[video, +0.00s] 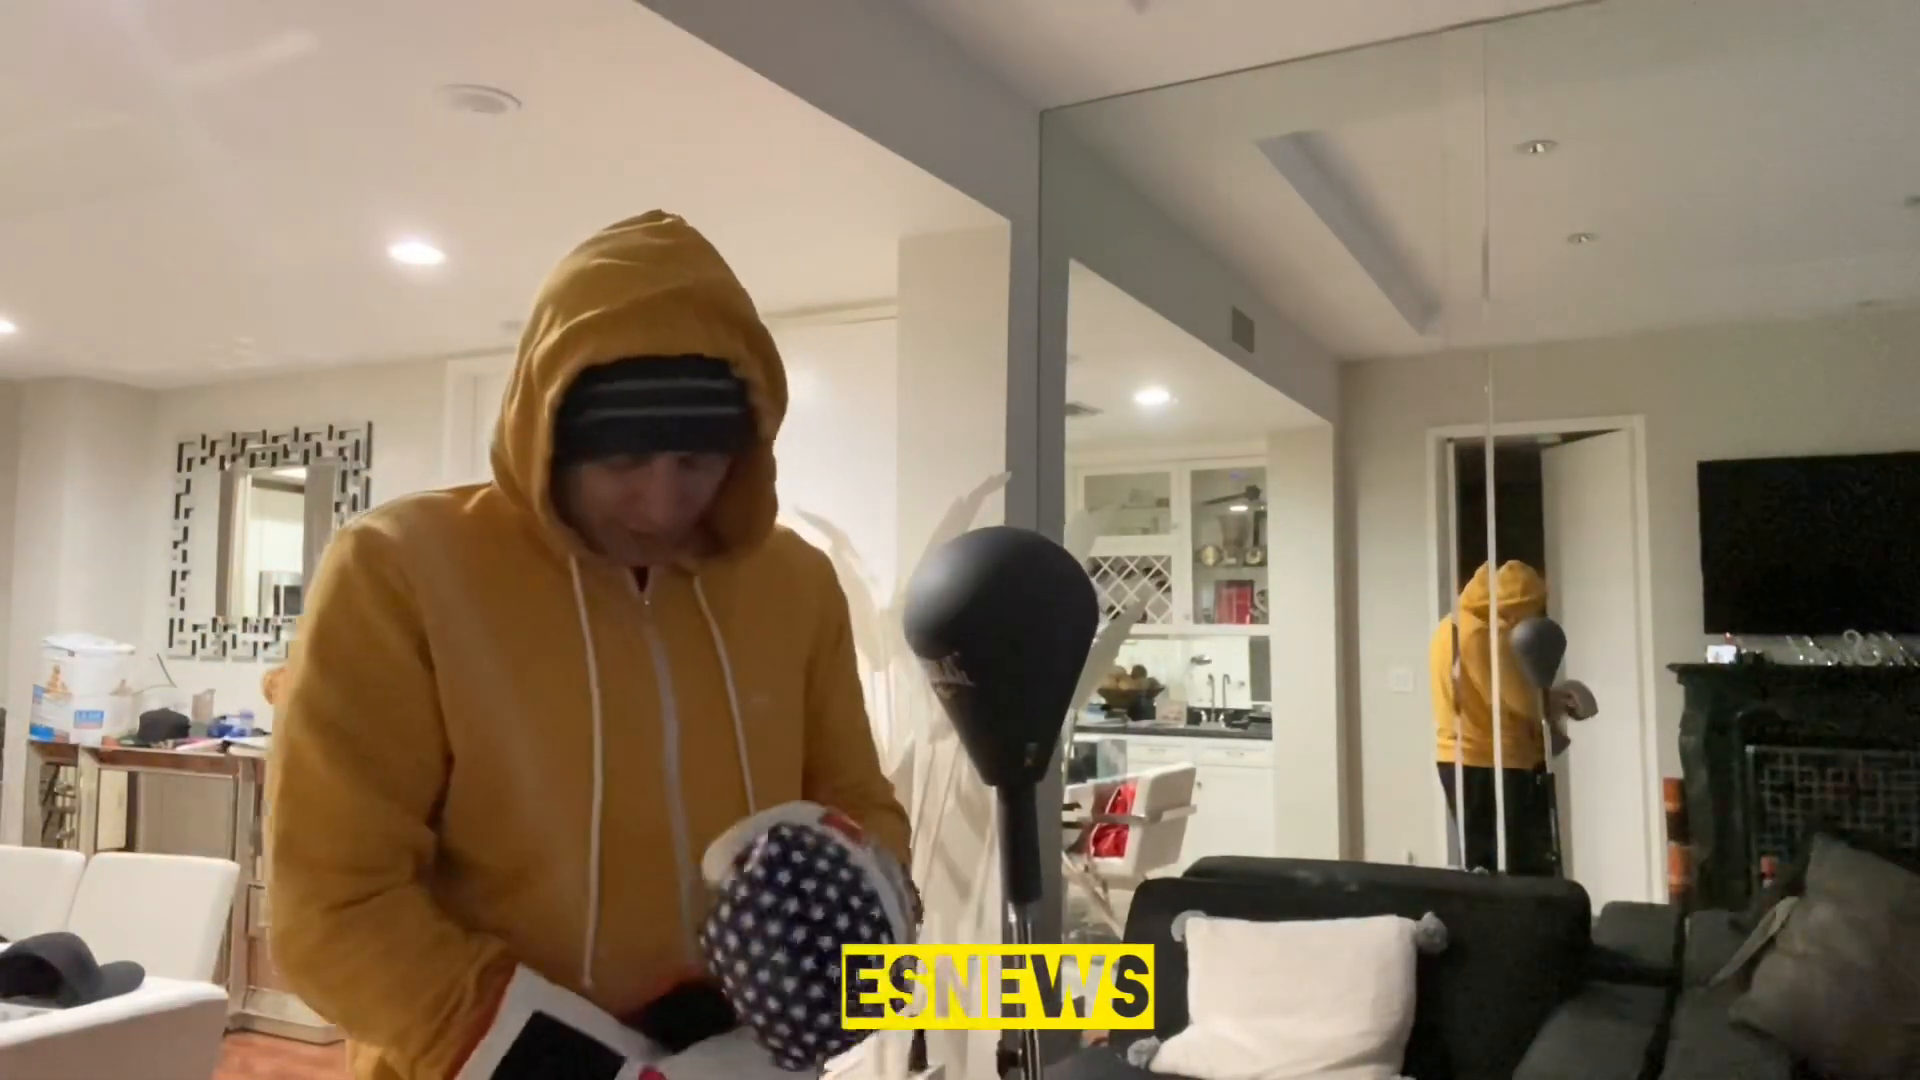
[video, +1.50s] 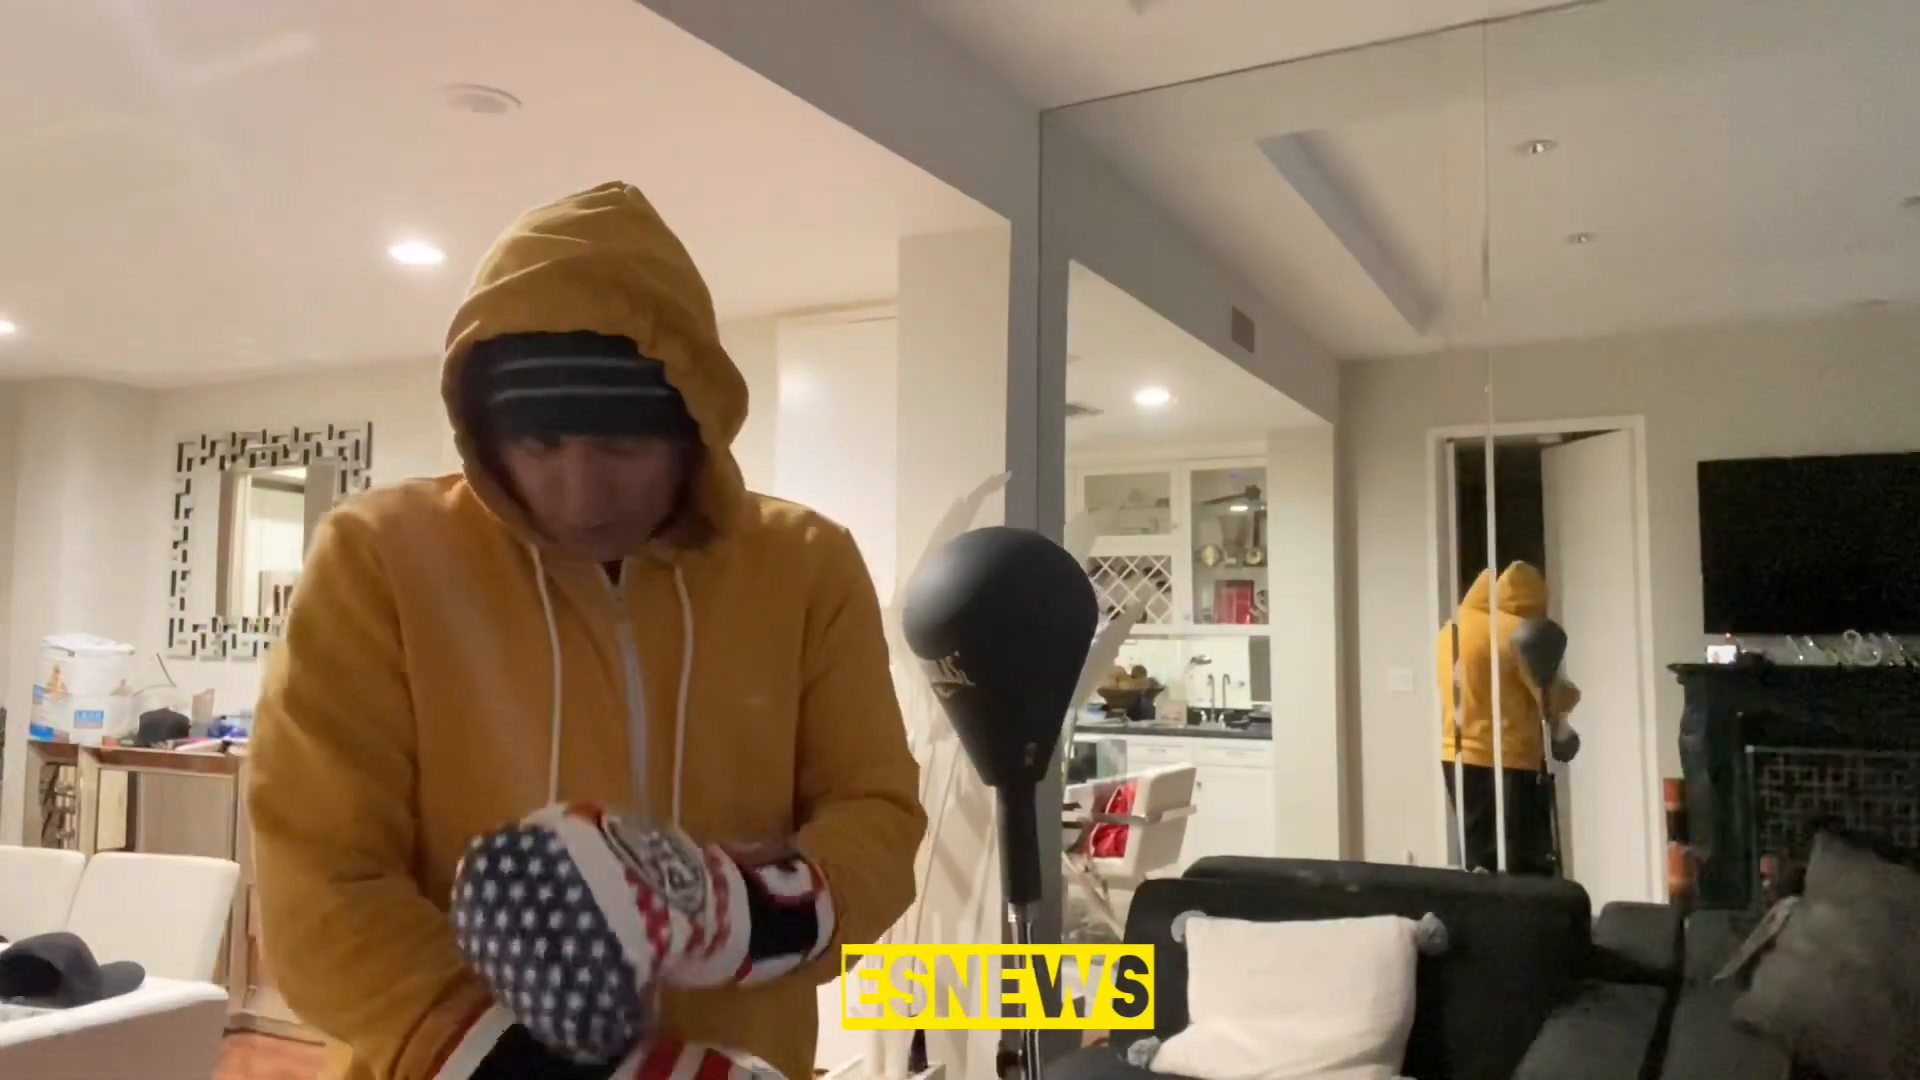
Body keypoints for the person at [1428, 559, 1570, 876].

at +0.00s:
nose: (1533, 622)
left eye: (1537, 613)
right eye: (1533, 612)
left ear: (1486, 589)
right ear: (1516, 603)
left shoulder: (1446, 630)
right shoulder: (1492, 636)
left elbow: (1459, 701)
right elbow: (1521, 699)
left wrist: (1548, 700)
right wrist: (1552, 702)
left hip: (1460, 765)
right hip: (1504, 767)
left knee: (1481, 864)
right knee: (1528, 868)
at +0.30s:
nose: (1535, 618)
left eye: (1538, 611)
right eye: (1535, 609)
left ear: (1488, 589)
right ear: (1521, 601)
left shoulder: (1445, 631)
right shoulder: (1505, 632)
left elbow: (1457, 702)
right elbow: (1528, 698)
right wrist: (1559, 707)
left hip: (1456, 765)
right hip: (1507, 767)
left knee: (1480, 865)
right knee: (1529, 868)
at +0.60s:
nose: (1537, 620)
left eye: (1539, 614)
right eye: (1537, 612)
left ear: (1488, 593)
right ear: (1526, 603)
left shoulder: (1446, 633)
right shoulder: (1514, 631)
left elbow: (1454, 699)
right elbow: (1540, 700)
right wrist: (1566, 703)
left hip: (1458, 765)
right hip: (1512, 768)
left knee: (1478, 861)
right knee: (1527, 864)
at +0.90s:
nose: (1540, 618)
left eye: (1540, 611)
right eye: (1539, 610)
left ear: (1488, 592)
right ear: (1530, 601)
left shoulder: (1448, 634)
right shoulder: (1519, 631)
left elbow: (1456, 701)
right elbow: (1544, 704)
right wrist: (1560, 690)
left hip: (1461, 765)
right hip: (1515, 768)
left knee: (1479, 862)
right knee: (1527, 865)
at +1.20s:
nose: (1540, 616)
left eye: (1541, 610)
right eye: (1539, 609)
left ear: (1486, 591)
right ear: (1528, 600)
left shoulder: (1449, 632)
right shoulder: (1518, 631)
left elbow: (1453, 697)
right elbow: (1546, 702)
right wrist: (1561, 683)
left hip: (1461, 763)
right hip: (1515, 766)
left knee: (1478, 859)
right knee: (1527, 862)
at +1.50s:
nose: (1541, 613)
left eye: (1541, 606)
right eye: (1540, 605)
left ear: (1493, 590)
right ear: (1531, 599)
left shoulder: (1451, 631)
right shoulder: (1520, 633)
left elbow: (1452, 699)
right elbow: (1550, 700)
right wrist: (1571, 692)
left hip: (1461, 764)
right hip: (1515, 768)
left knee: (1479, 863)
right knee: (1528, 865)